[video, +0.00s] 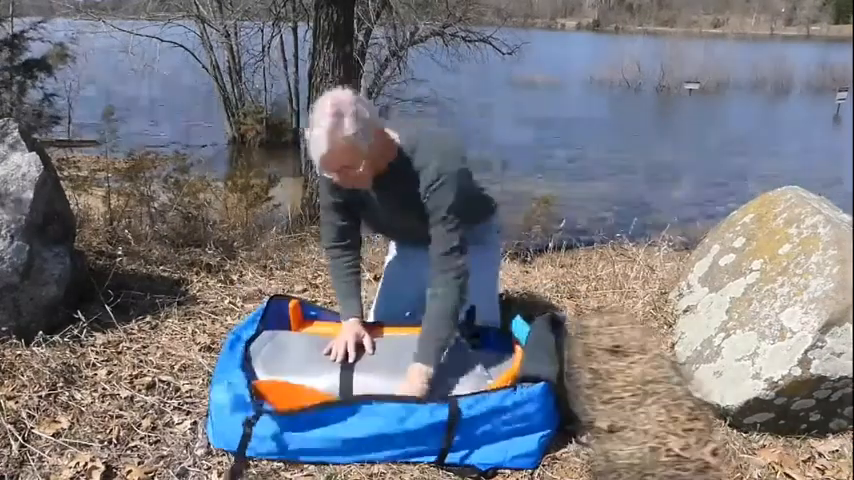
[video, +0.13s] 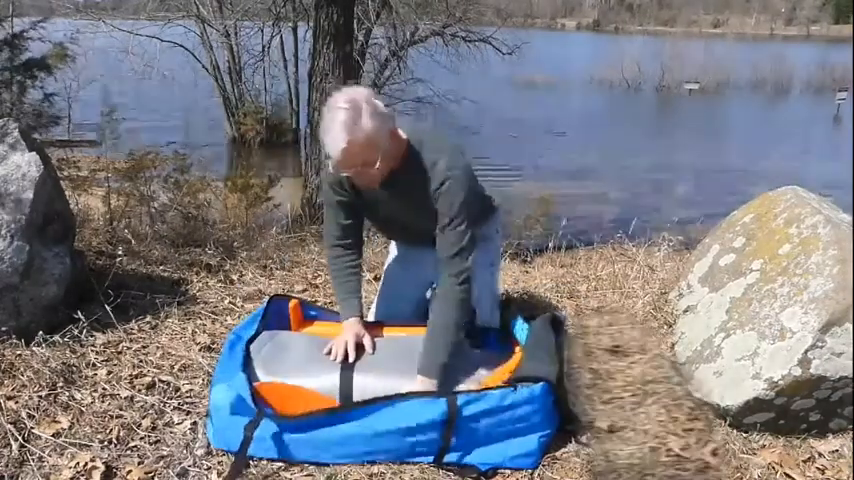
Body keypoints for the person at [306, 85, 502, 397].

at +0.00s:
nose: (338, 181)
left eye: (346, 169)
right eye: (329, 172)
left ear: (374, 148)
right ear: (319, 161)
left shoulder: (436, 164)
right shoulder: (334, 169)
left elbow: (449, 271)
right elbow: (340, 248)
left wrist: (422, 368)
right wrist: (351, 320)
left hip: (471, 240)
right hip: (410, 244)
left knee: (478, 338)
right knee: (380, 336)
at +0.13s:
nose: (357, 179)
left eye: (366, 167)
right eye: (346, 171)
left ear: (392, 141)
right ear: (334, 160)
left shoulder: (445, 166)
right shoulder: (339, 172)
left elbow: (456, 274)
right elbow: (341, 246)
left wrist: (427, 378)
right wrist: (351, 318)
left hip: (471, 240)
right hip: (410, 245)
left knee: (477, 329)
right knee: (386, 329)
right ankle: (439, 301)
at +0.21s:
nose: (361, 180)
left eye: (370, 168)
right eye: (350, 172)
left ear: (397, 141)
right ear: (337, 160)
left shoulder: (447, 168)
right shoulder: (341, 170)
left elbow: (459, 272)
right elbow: (342, 247)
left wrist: (435, 372)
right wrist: (351, 319)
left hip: (472, 241)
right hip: (411, 244)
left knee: (479, 327)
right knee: (386, 326)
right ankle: (443, 301)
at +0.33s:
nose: (364, 134)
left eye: (373, 117)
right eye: (349, 125)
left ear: (399, 107)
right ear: (338, 126)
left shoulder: (452, 151)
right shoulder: (344, 158)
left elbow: (471, 253)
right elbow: (343, 242)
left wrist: (441, 356)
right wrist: (350, 317)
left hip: (470, 242)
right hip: (411, 246)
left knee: (476, 337)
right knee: (387, 329)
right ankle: (438, 300)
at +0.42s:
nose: (366, 122)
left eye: (373, 104)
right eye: (351, 114)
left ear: (397, 94)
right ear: (339, 117)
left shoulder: (455, 143)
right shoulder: (346, 154)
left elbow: (475, 241)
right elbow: (344, 241)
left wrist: (453, 329)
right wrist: (350, 316)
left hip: (468, 244)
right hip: (410, 247)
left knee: (476, 335)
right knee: (386, 333)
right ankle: (437, 298)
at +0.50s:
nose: (368, 125)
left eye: (376, 108)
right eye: (354, 117)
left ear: (398, 96)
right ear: (341, 118)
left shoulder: (455, 141)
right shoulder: (345, 151)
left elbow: (481, 241)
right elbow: (344, 229)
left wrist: (469, 331)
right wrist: (347, 291)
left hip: (464, 248)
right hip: (407, 250)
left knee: (482, 345)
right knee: (383, 339)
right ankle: (432, 299)